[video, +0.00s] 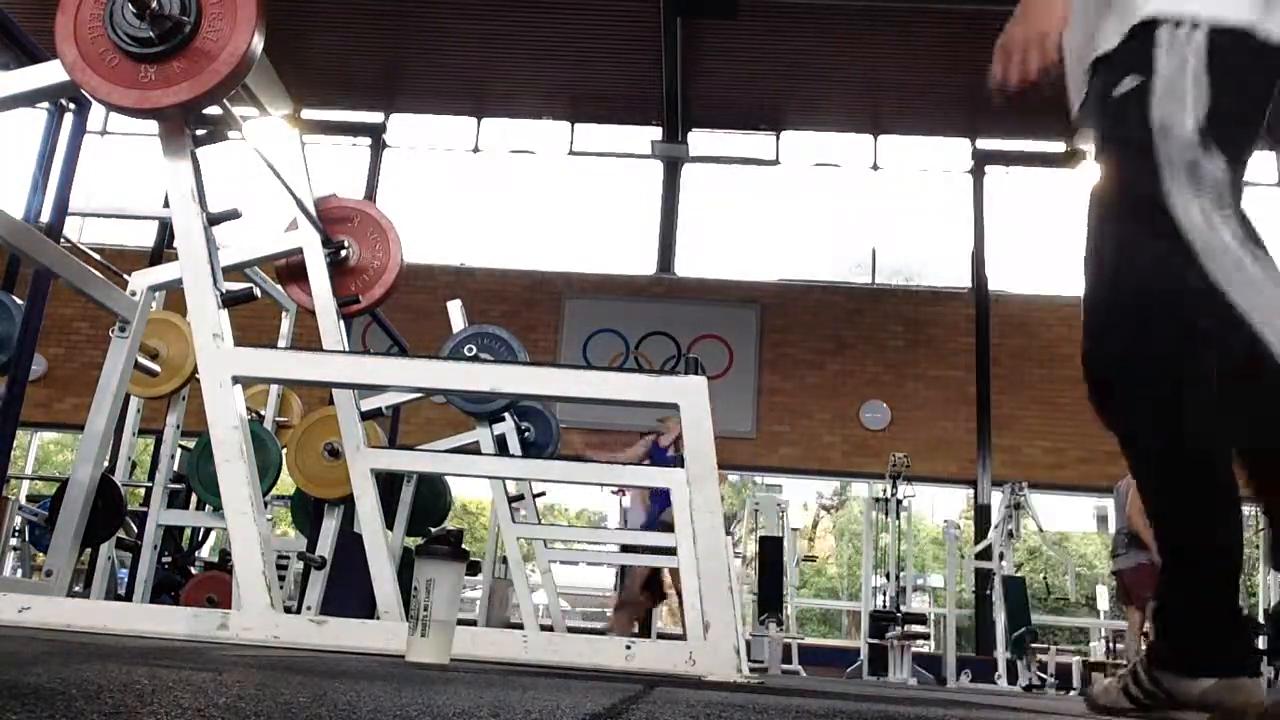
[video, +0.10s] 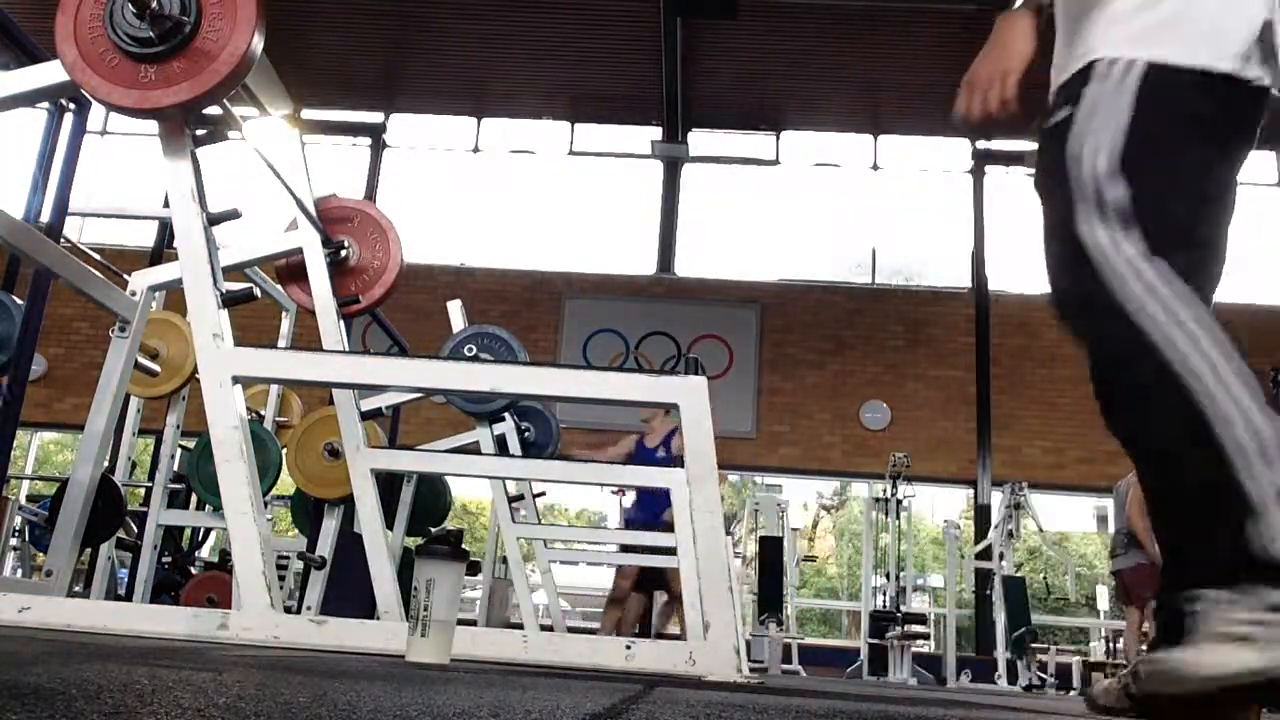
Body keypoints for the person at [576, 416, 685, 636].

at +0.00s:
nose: (667, 427)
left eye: (673, 423)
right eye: (666, 423)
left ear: (683, 425)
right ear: (663, 425)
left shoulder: (692, 447)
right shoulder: (653, 442)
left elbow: (720, 477)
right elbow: (625, 457)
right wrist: (590, 454)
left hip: (684, 521)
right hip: (657, 518)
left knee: (682, 581)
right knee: (638, 572)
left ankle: (693, 633)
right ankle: (620, 623)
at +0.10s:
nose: (642, 407)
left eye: (647, 402)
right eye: (642, 402)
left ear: (663, 407)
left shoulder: (677, 435)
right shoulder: (635, 441)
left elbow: (696, 473)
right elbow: (605, 455)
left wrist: (679, 508)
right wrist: (571, 453)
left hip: (668, 521)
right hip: (637, 520)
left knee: (678, 588)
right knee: (623, 582)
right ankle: (603, 638)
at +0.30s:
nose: (607, 407)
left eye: (613, 402)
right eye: (608, 402)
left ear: (629, 407)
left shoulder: (654, 434)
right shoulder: (603, 441)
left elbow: (675, 473)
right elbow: (576, 460)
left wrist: (671, 504)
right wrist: (568, 457)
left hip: (649, 518)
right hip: (616, 518)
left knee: (652, 580)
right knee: (604, 580)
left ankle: (671, 634)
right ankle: (597, 639)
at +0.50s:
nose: (590, 407)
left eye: (596, 403)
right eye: (591, 403)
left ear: (612, 406)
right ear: (601, 409)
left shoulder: (638, 432)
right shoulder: (586, 439)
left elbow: (660, 469)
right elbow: (559, 463)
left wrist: (653, 498)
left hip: (634, 516)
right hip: (602, 516)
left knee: (631, 577)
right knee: (597, 579)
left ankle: (638, 630)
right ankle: (595, 639)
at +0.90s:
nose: (594, 410)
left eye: (599, 406)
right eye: (593, 406)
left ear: (614, 409)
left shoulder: (635, 438)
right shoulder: (584, 435)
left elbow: (650, 475)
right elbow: (556, 455)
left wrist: (632, 496)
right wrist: (574, 447)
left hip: (617, 518)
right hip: (588, 516)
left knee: (611, 580)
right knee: (588, 579)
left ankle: (604, 638)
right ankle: (592, 640)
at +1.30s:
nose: (591, 412)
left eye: (597, 408)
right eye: (590, 408)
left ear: (613, 411)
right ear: (590, 412)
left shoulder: (628, 443)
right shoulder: (581, 438)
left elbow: (638, 482)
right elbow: (556, 461)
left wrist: (616, 491)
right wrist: (580, 471)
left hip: (611, 520)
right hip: (579, 516)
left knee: (610, 581)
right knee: (563, 575)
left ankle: (607, 637)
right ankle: (556, 628)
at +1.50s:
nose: (579, 412)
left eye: (585, 407)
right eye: (579, 407)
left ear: (600, 411)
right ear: (579, 412)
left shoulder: (615, 442)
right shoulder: (567, 438)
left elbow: (622, 481)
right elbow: (549, 467)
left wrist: (593, 462)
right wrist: (563, 458)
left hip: (599, 519)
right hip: (569, 515)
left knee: (604, 579)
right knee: (552, 573)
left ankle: (606, 635)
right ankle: (530, 625)